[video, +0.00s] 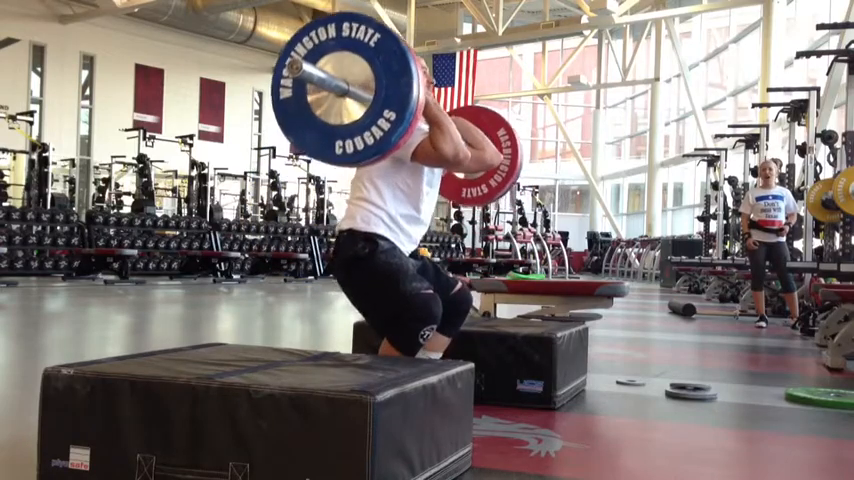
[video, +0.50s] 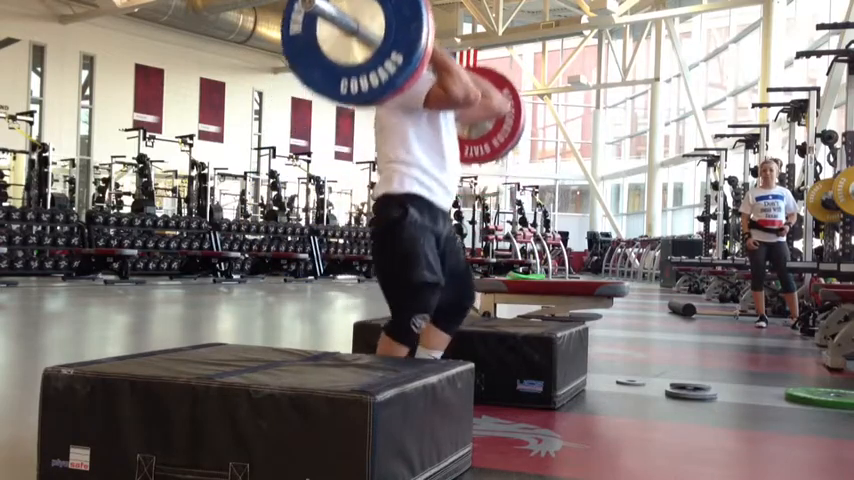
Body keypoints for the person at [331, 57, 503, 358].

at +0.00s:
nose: (424, 84)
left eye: (425, 77)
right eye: (415, 75)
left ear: (428, 86)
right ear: (398, 85)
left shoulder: (428, 136)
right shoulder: (392, 122)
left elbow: (491, 156)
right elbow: (452, 155)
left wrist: (444, 117)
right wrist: (427, 101)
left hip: (398, 250)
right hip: (364, 246)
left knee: (457, 300)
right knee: (418, 310)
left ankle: (413, 389)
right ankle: (375, 398)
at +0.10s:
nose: (425, 82)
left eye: (426, 76)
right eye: (416, 75)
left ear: (429, 82)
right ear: (399, 81)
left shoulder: (426, 130)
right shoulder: (393, 119)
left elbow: (492, 152)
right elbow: (454, 149)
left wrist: (445, 112)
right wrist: (429, 98)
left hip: (400, 248)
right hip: (366, 242)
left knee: (459, 299)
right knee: (419, 309)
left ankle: (414, 389)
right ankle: (377, 396)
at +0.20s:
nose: (426, 72)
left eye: (426, 64)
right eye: (416, 63)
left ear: (427, 72)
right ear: (401, 71)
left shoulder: (428, 123)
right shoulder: (395, 111)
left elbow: (494, 145)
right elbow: (457, 142)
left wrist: (449, 107)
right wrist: (429, 89)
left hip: (409, 242)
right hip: (375, 237)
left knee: (462, 302)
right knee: (423, 310)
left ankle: (415, 391)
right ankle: (373, 395)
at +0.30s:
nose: (428, 61)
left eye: (426, 53)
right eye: (418, 53)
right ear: (398, 60)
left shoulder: (430, 114)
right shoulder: (391, 102)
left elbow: (494, 136)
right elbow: (459, 130)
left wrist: (446, 96)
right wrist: (430, 79)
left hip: (419, 237)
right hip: (385, 233)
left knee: (465, 303)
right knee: (424, 311)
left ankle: (416, 391)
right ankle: (376, 397)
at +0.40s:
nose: (426, 47)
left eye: (425, 41)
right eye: (419, 41)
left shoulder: (433, 103)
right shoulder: (391, 92)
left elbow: (496, 122)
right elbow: (459, 113)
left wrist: (448, 84)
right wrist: (429, 65)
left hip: (429, 228)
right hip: (394, 222)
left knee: (465, 301)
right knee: (423, 306)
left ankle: (417, 387)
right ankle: (377, 394)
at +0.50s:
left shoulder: (438, 92)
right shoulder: (398, 76)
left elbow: (498, 103)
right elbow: (460, 92)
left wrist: (454, 69)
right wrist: (430, 48)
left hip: (438, 214)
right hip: (403, 207)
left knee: (457, 297)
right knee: (415, 303)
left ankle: (418, 383)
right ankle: (378, 393)